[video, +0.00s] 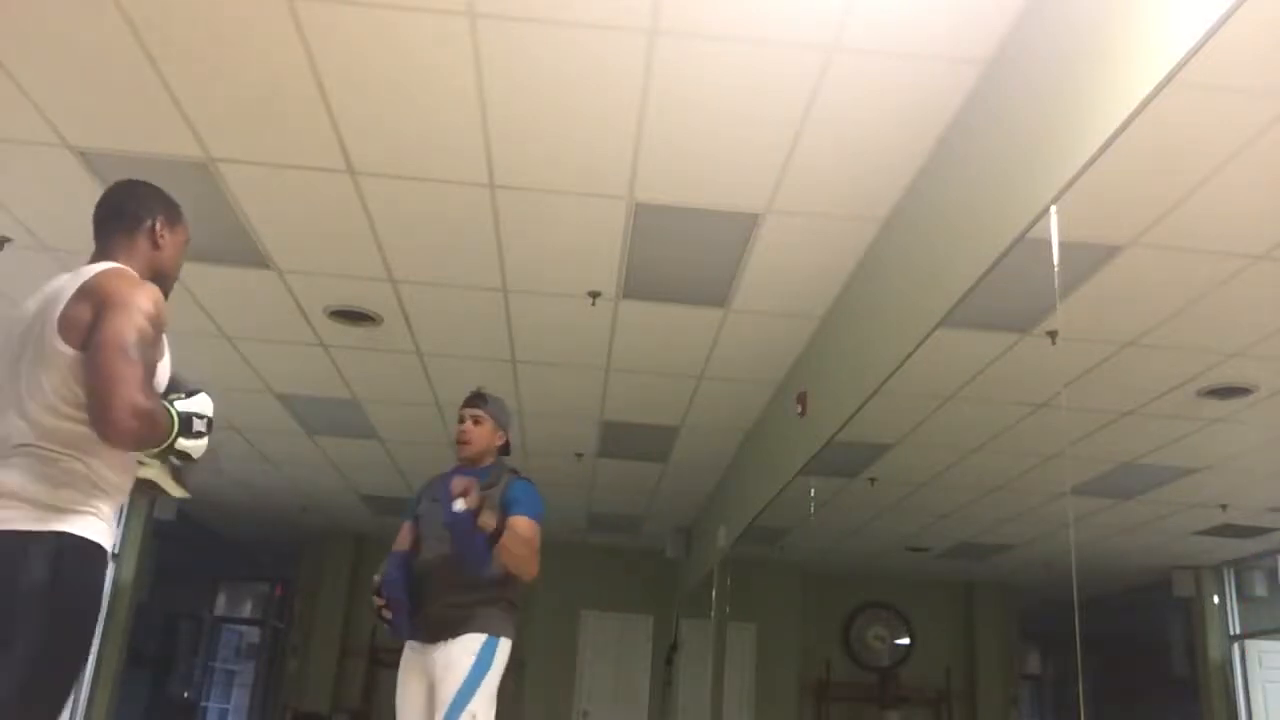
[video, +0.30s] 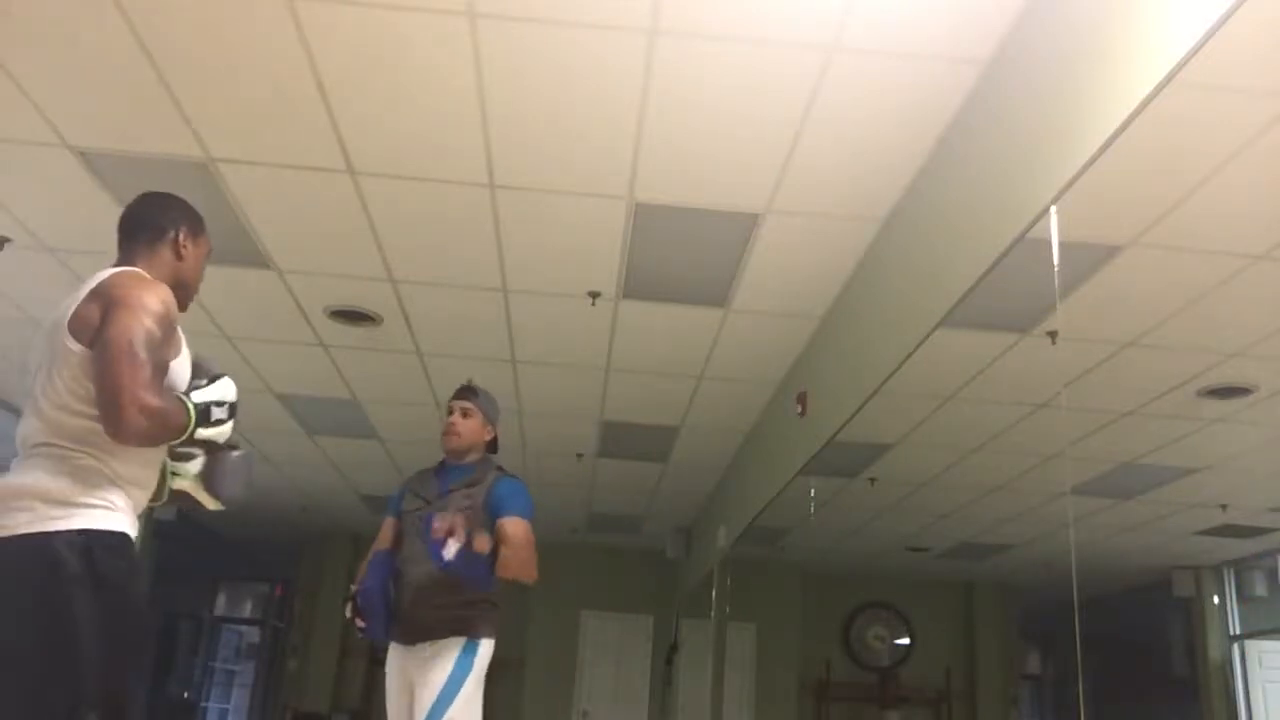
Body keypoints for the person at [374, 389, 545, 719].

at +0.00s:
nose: (463, 428)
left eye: (476, 420)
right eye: (460, 420)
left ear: (500, 437)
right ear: (455, 429)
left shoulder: (516, 489)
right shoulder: (434, 488)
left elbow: (528, 566)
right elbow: (401, 550)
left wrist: (482, 516)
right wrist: (389, 587)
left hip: (477, 632)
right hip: (422, 631)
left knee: (460, 713)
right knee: (411, 713)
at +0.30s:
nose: (452, 420)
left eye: (465, 413)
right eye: (449, 413)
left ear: (489, 432)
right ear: (442, 423)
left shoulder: (503, 487)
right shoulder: (413, 486)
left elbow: (525, 567)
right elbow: (381, 549)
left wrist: (471, 539)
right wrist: (364, 591)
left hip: (458, 641)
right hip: (403, 639)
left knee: (438, 713)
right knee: (400, 713)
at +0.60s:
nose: (437, 402)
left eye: (451, 397)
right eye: (434, 396)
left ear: (475, 419)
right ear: (427, 409)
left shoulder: (482, 484)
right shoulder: (398, 470)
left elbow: (497, 571)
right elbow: (361, 528)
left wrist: (430, 555)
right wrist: (337, 577)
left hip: (439, 637)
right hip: (384, 634)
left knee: (421, 712)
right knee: (379, 713)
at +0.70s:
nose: (430, 400)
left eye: (445, 395)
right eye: (428, 393)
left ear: (468, 417)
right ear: (420, 406)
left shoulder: (474, 478)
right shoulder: (395, 465)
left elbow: (484, 564)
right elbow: (355, 529)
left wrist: (406, 528)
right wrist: (316, 567)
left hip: (433, 636)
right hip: (381, 632)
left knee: (417, 712)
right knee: (367, 712)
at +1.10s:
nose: (398, 407)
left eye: (413, 402)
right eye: (396, 400)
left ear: (436, 422)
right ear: (388, 411)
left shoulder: (441, 476)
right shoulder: (366, 474)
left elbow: (433, 558)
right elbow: (347, 542)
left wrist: (362, 527)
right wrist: (298, 551)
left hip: (402, 639)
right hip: (350, 634)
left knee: (387, 712)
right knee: (336, 711)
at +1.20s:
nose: (391, 419)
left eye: (404, 413)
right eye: (387, 411)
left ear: (427, 428)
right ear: (380, 419)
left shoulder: (434, 482)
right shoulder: (356, 480)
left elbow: (434, 563)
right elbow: (336, 545)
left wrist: (368, 531)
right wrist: (291, 547)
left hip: (392, 634)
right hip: (343, 628)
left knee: (372, 712)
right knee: (327, 712)